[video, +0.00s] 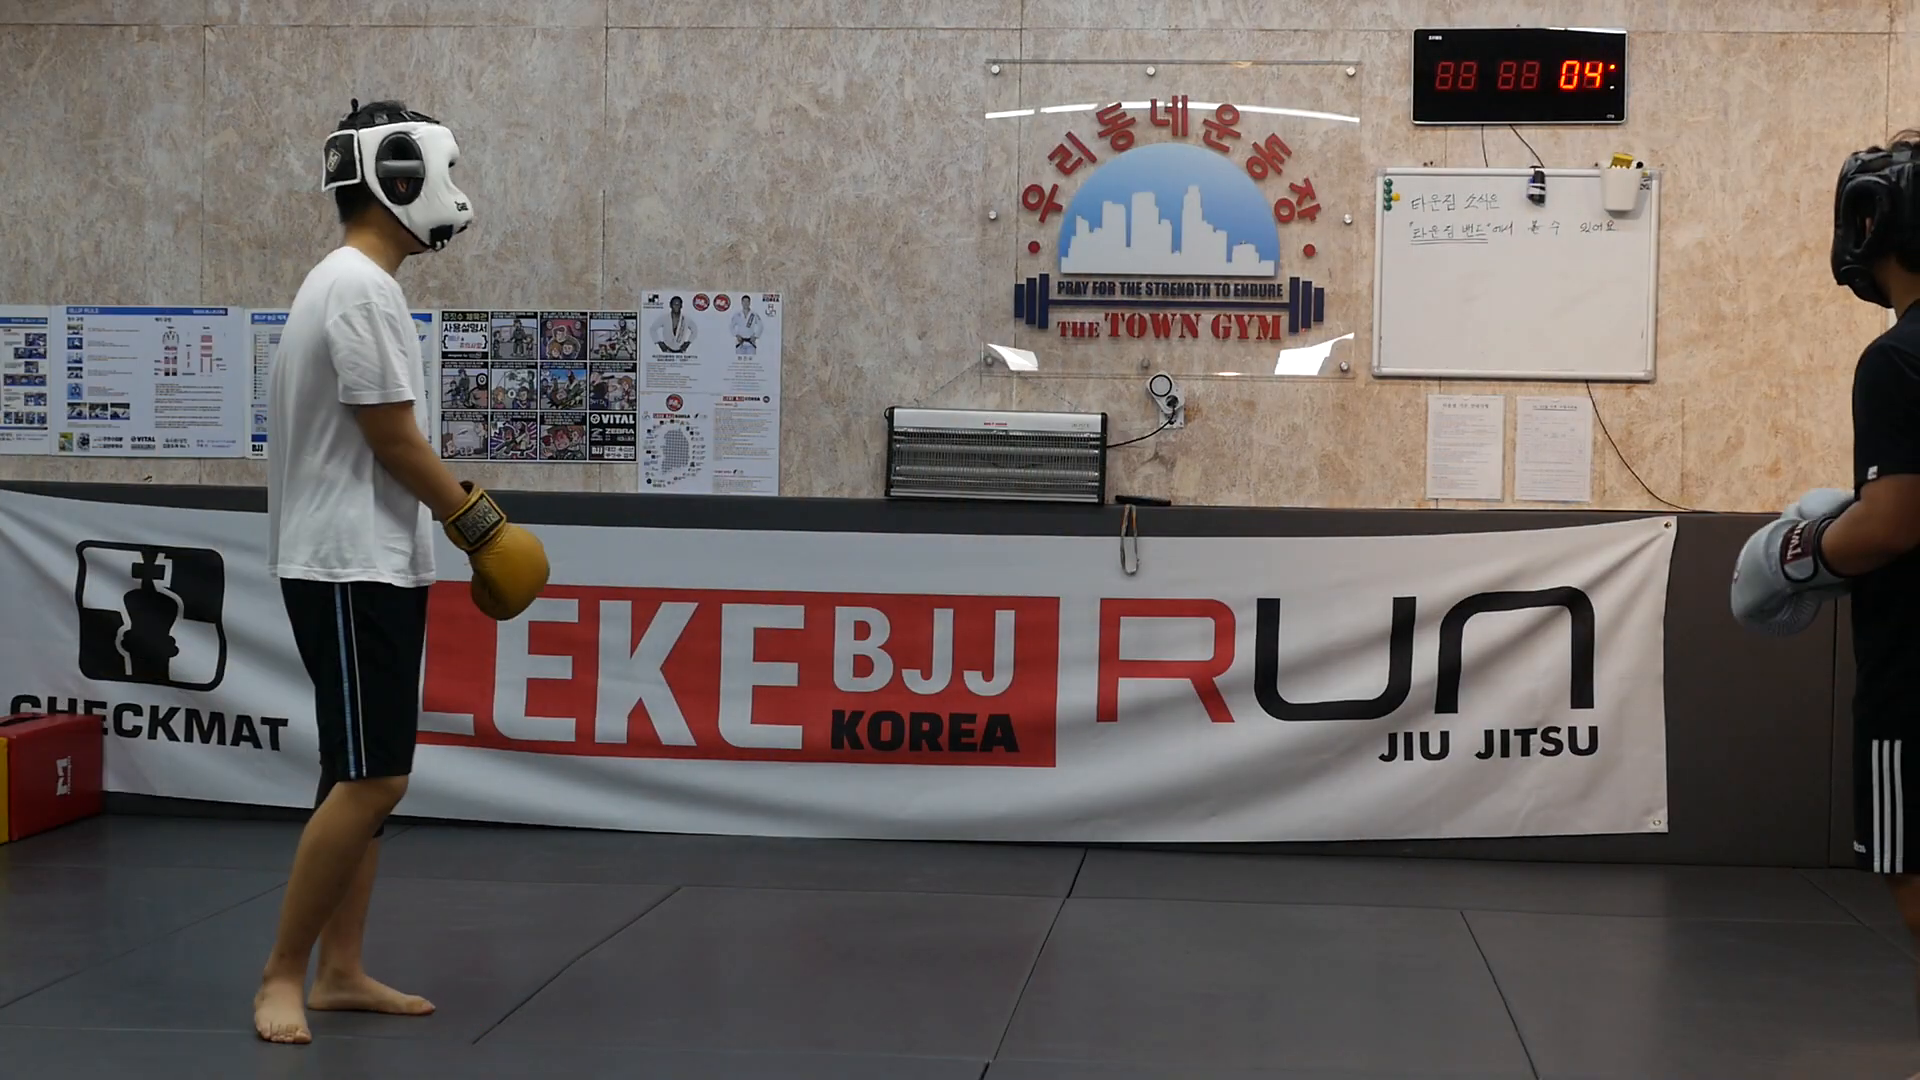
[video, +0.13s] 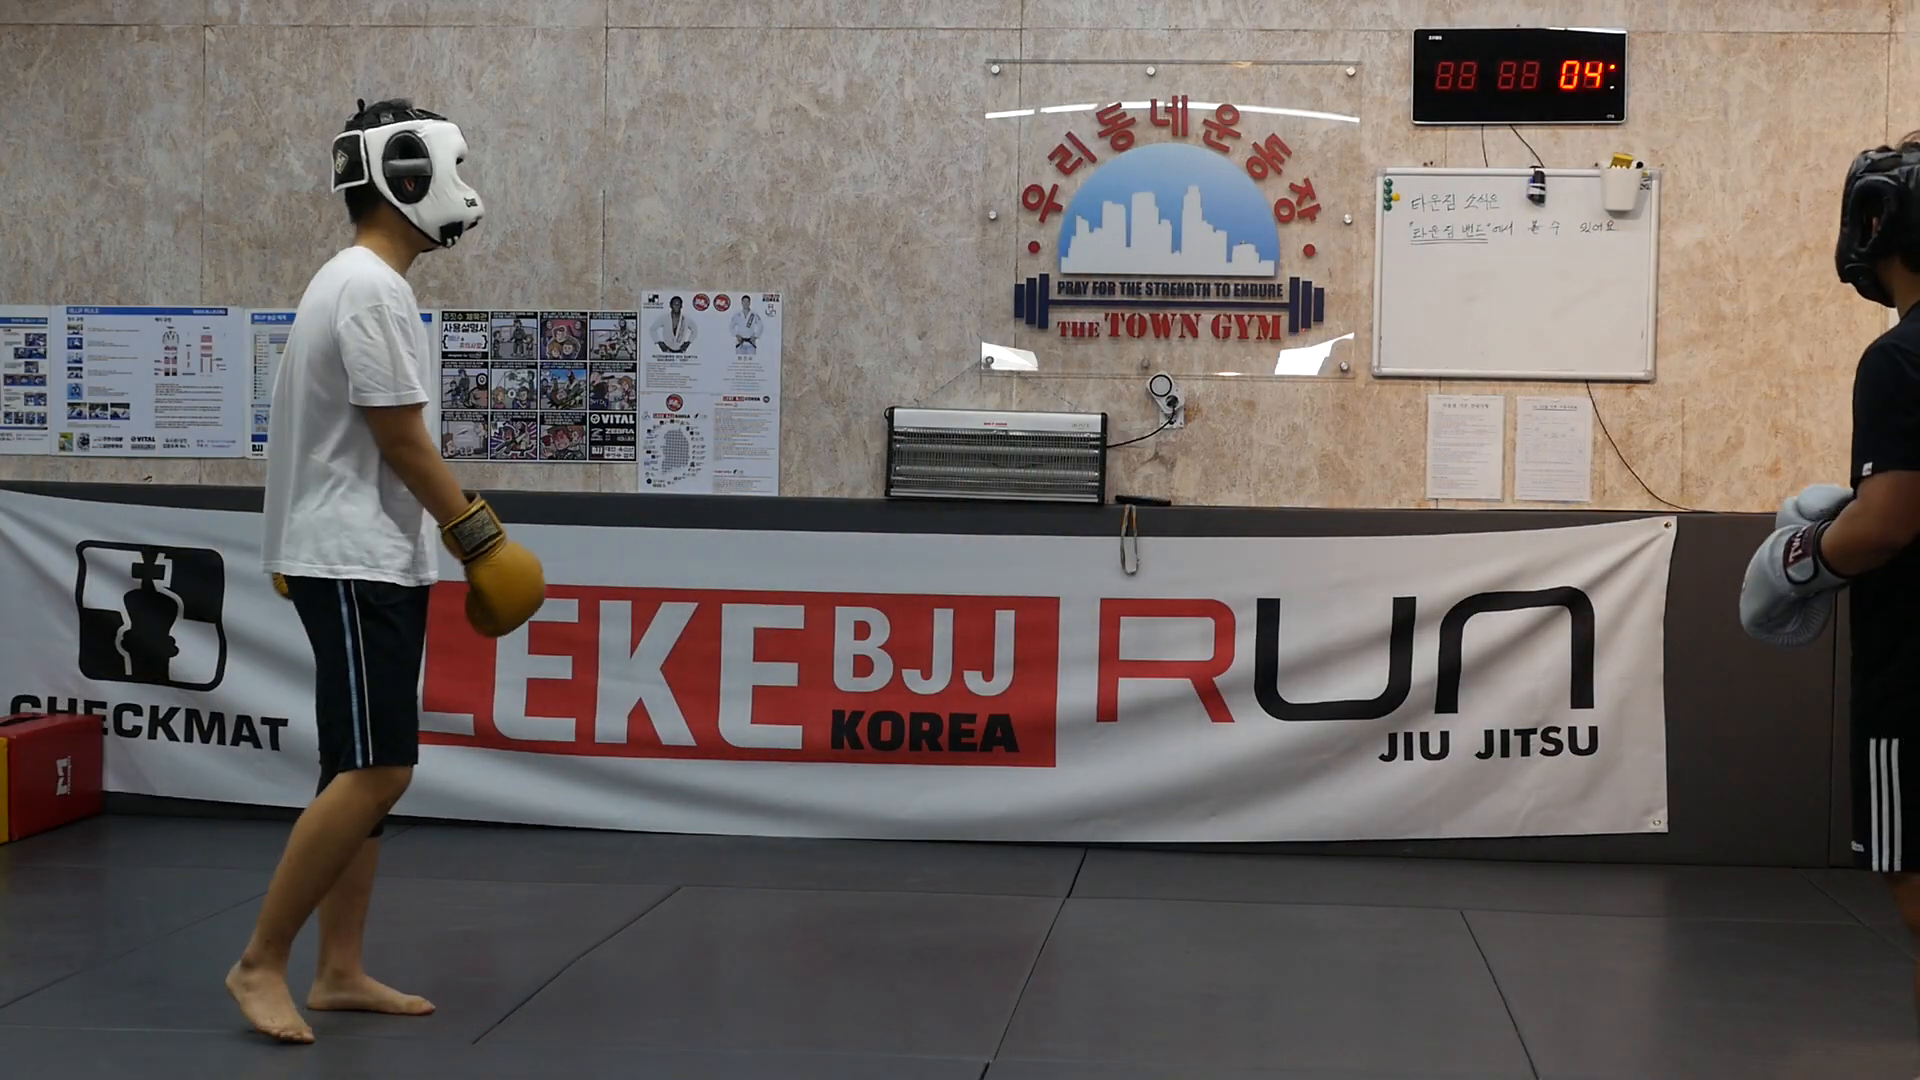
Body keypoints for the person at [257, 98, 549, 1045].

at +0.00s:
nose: (453, 195)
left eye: (448, 176)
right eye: (443, 177)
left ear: (362, 185)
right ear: (410, 184)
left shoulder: (348, 285)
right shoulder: (358, 290)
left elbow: (382, 444)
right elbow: (393, 439)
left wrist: (468, 524)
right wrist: (479, 523)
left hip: (363, 562)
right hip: (350, 565)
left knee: (371, 778)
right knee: (370, 780)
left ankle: (341, 971)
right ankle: (282, 980)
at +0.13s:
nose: (467, 192)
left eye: (462, 172)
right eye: (456, 174)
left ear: (375, 185)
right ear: (418, 183)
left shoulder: (363, 285)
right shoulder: (368, 289)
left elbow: (400, 450)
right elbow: (403, 447)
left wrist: (474, 538)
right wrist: (482, 534)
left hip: (369, 556)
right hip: (348, 557)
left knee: (376, 768)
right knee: (374, 769)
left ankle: (340, 971)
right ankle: (259, 966)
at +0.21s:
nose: (470, 191)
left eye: (465, 173)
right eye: (458, 175)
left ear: (384, 186)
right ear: (415, 184)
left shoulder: (358, 284)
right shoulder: (377, 289)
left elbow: (314, 441)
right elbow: (401, 445)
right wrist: (469, 551)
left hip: (362, 557)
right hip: (354, 560)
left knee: (374, 766)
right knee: (367, 769)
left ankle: (340, 970)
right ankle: (260, 969)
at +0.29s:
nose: (477, 192)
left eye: (472, 173)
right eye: (463, 174)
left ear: (389, 189)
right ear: (419, 187)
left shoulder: (372, 288)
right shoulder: (375, 293)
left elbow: (325, 451)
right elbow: (391, 446)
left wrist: (298, 563)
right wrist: (448, 557)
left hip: (365, 561)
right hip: (348, 562)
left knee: (371, 767)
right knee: (355, 767)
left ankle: (341, 971)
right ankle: (279, 985)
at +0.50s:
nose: (483, 193)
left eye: (481, 175)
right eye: (468, 176)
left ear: (413, 187)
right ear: (417, 185)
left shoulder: (412, 299)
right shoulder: (350, 291)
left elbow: (397, 446)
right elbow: (344, 433)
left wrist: (420, 570)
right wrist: (365, 561)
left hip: (400, 568)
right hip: (344, 570)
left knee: (374, 778)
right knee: (342, 779)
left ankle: (351, 969)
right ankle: (329, 993)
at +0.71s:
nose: (461, 190)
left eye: (464, 171)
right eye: (443, 173)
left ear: (422, 183)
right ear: (388, 178)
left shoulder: (441, 294)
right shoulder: (323, 292)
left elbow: (461, 425)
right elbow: (296, 435)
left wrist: (503, 531)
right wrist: (292, 562)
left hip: (425, 582)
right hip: (349, 583)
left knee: (383, 786)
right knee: (338, 789)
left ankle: (351, 970)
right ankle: (327, 1008)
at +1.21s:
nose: (433, 184)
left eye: (443, 167)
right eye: (413, 167)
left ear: (451, 173)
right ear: (358, 171)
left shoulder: (447, 283)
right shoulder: (296, 292)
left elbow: (463, 421)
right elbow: (267, 445)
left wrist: (479, 523)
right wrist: (252, 581)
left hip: (443, 580)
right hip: (343, 581)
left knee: (484, 778)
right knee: (339, 790)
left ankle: (386, 926)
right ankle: (330, 1014)